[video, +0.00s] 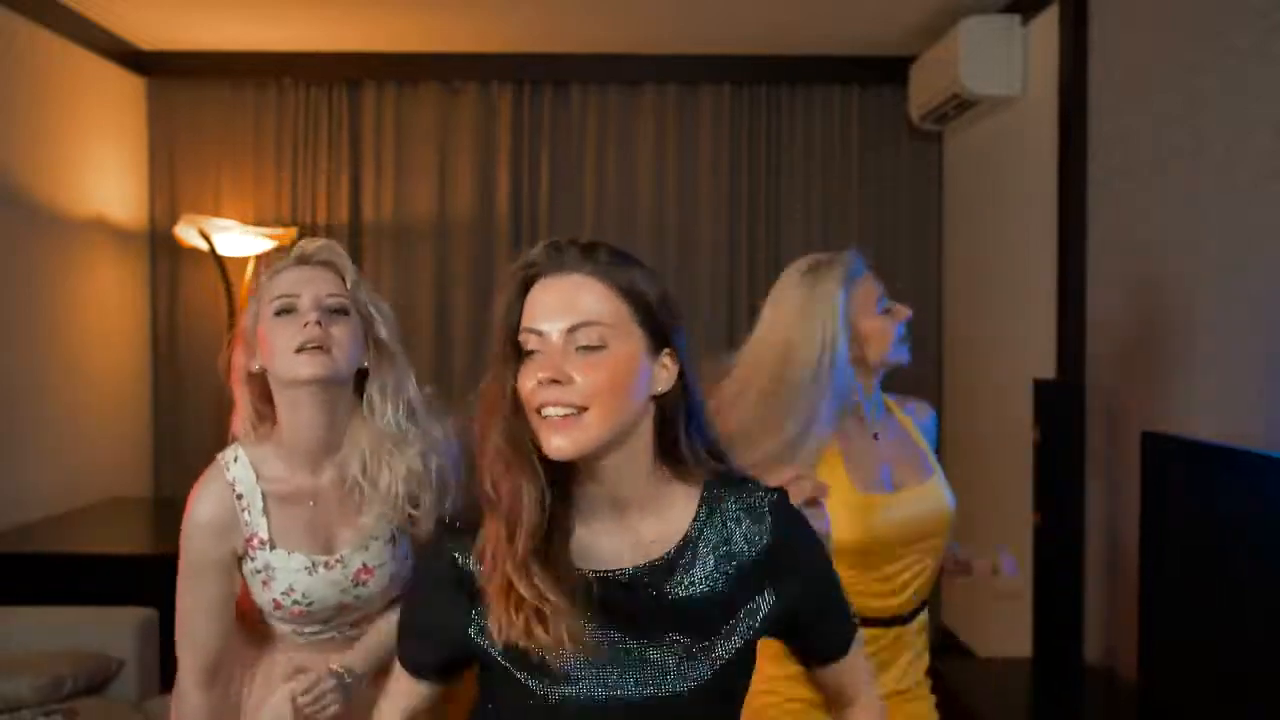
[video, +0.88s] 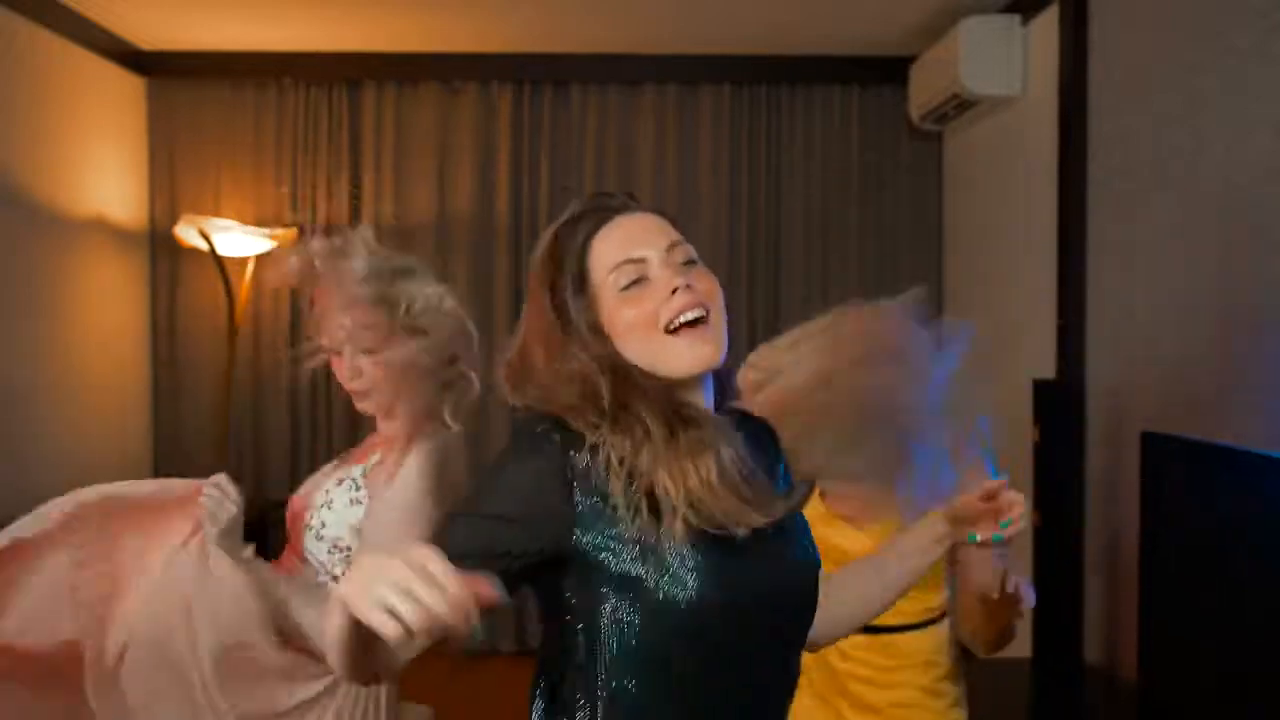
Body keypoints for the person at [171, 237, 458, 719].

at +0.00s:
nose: (313, 321)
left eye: (337, 310)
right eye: (286, 310)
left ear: (367, 347)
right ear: (254, 351)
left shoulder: (418, 462)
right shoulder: (225, 494)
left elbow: (442, 580)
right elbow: (202, 680)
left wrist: (353, 669)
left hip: (401, 689)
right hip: (282, 692)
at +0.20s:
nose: (314, 293)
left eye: (338, 281)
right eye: (286, 277)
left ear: (365, 320)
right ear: (249, 311)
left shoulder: (406, 433)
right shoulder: (197, 461)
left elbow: (414, 574)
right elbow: (188, 604)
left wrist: (367, 707)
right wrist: (211, 712)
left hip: (373, 633)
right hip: (262, 641)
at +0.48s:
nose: (300, 347)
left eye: (327, 326)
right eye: (276, 327)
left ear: (363, 346)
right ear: (249, 346)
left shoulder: (392, 461)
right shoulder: (189, 468)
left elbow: (392, 626)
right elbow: (179, 624)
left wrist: (386, 713)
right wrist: (185, 714)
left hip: (369, 656)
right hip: (262, 669)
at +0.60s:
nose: (259, 298)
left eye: (283, 277)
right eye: (248, 275)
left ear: (343, 277)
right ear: (237, 271)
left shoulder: (414, 390)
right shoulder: (229, 375)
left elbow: (407, 569)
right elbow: (214, 528)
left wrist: (288, 684)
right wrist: (160, 671)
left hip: (381, 645)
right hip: (257, 641)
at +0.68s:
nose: (279, 296)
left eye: (300, 275)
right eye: (268, 274)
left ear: (361, 263)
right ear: (257, 267)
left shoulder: (420, 370)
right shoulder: (272, 348)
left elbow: (401, 562)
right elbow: (240, 500)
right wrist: (131, 610)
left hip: (359, 643)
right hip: (245, 618)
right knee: (97, 680)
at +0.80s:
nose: (318, 337)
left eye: (339, 317)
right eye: (310, 319)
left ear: (400, 314)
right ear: (300, 315)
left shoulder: (422, 427)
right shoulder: (347, 399)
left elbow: (385, 599)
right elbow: (292, 533)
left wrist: (246, 533)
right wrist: (119, 522)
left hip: (339, 656)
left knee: (201, 498)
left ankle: (17, 606)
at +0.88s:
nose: (346, 374)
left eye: (367, 352)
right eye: (335, 353)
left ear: (433, 351)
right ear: (326, 351)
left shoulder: (428, 463)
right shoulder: (386, 442)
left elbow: (367, 636)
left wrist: (233, 564)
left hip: (322, 677)